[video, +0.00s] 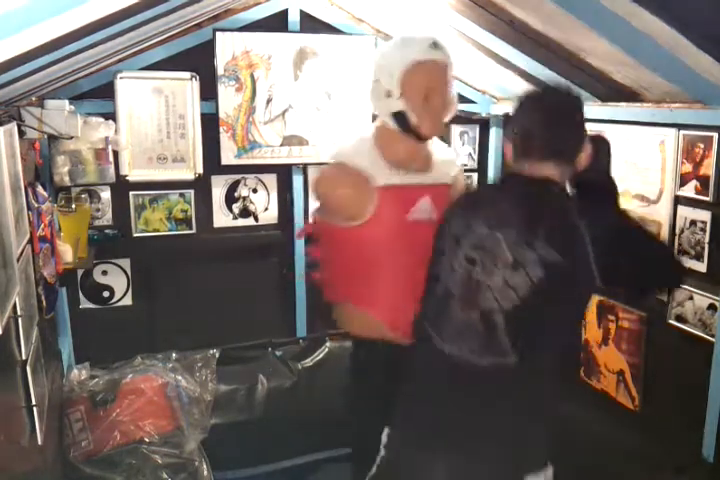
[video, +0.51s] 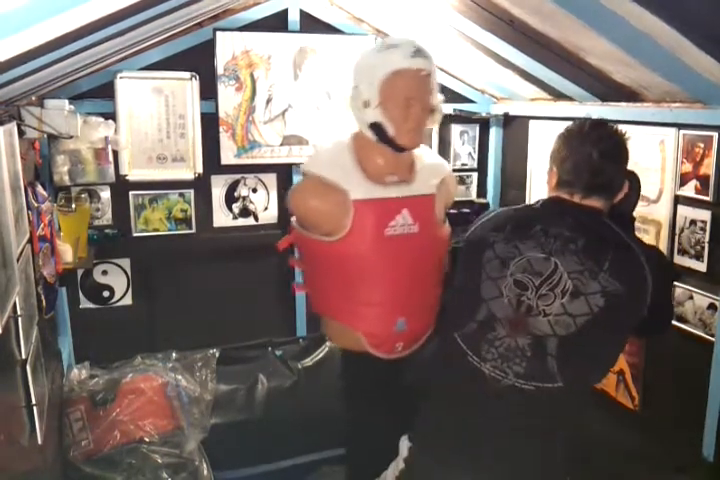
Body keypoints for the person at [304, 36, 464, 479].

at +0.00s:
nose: (447, 104)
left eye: (447, 91)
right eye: (433, 91)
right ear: (395, 95)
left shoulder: (449, 174)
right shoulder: (344, 177)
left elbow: (466, 261)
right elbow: (342, 283)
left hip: (435, 349)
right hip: (370, 351)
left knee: (424, 457)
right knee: (364, 456)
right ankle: (363, 468)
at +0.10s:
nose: (426, 110)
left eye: (429, 97)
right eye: (413, 97)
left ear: (433, 101)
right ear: (376, 99)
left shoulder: (434, 175)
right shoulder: (321, 177)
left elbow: (436, 253)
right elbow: (318, 275)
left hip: (421, 353)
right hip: (353, 360)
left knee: (419, 455)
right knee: (360, 460)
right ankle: (358, 473)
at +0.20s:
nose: (402, 117)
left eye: (406, 102)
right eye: (385, 103)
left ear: (415, 106)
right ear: (351, 108)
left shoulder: (431, 177)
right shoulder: (310, 197)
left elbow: (434, 241)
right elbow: (316, 279)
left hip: (422, 348)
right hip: (353, 360)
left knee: (423, 447)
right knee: (365, 456)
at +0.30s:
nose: (434, 108)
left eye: (436, 97)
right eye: (420, 96)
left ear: (440, 101)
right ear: (383, 99)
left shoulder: (443, 176)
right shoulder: (333, 174)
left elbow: (445, 244)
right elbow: (326, 267)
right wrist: (377, 312)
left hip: (429, 347)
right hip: (365, 351)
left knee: (428, 453)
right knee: (370, 458)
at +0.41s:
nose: (442, 107)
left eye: (445, 95)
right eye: (429, 94)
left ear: (449, 100)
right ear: (391, 96)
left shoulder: (446, 176)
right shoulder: (336, 177)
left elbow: (452, 249)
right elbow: (329, 269)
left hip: (431, 349)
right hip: (367, 354)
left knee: (430, 456)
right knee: (372, 461)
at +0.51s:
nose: (424, 111)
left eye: (428, 100)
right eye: (409, 100)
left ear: (434, 105)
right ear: (369, 104)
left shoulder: (439, 179)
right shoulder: (323, 186)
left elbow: (438, 252)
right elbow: (321, 281)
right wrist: (367, 325)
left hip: (427, 349)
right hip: (361, 360)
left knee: (432, 450)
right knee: (371, 463)